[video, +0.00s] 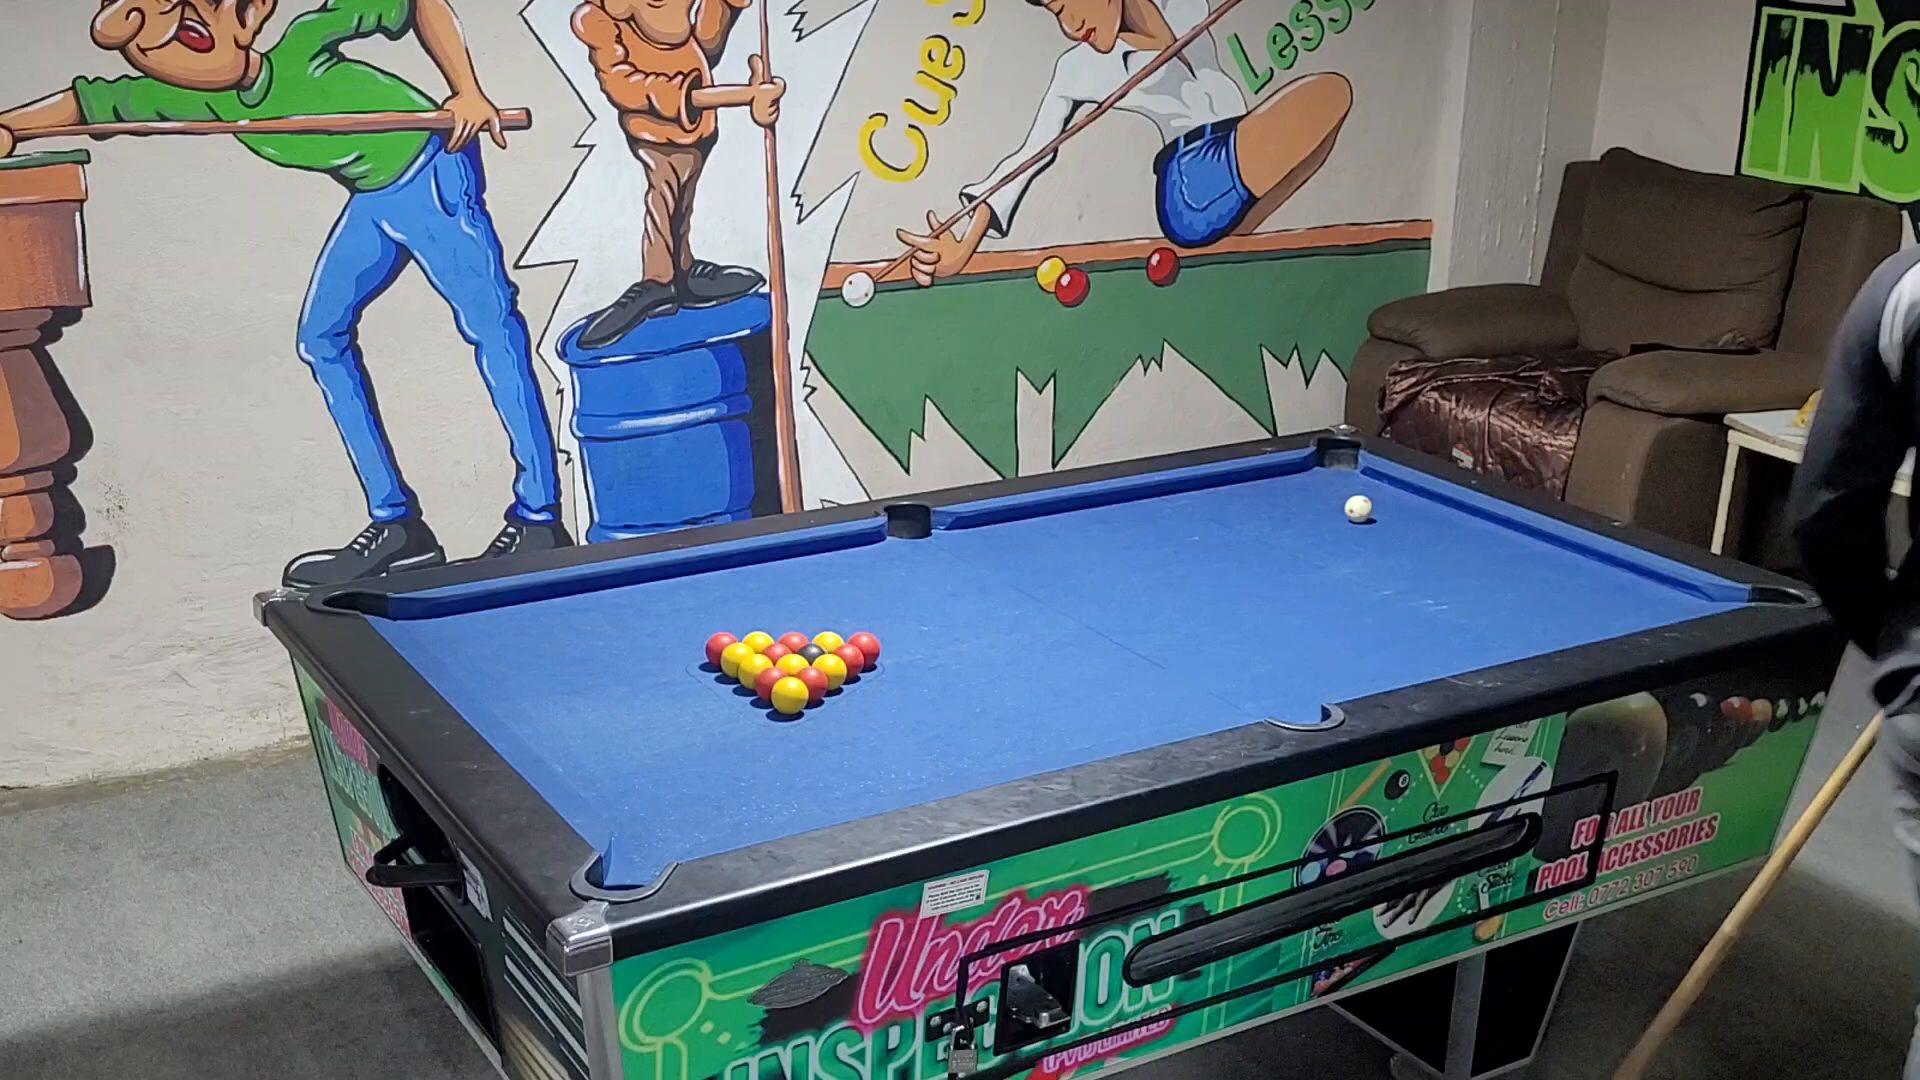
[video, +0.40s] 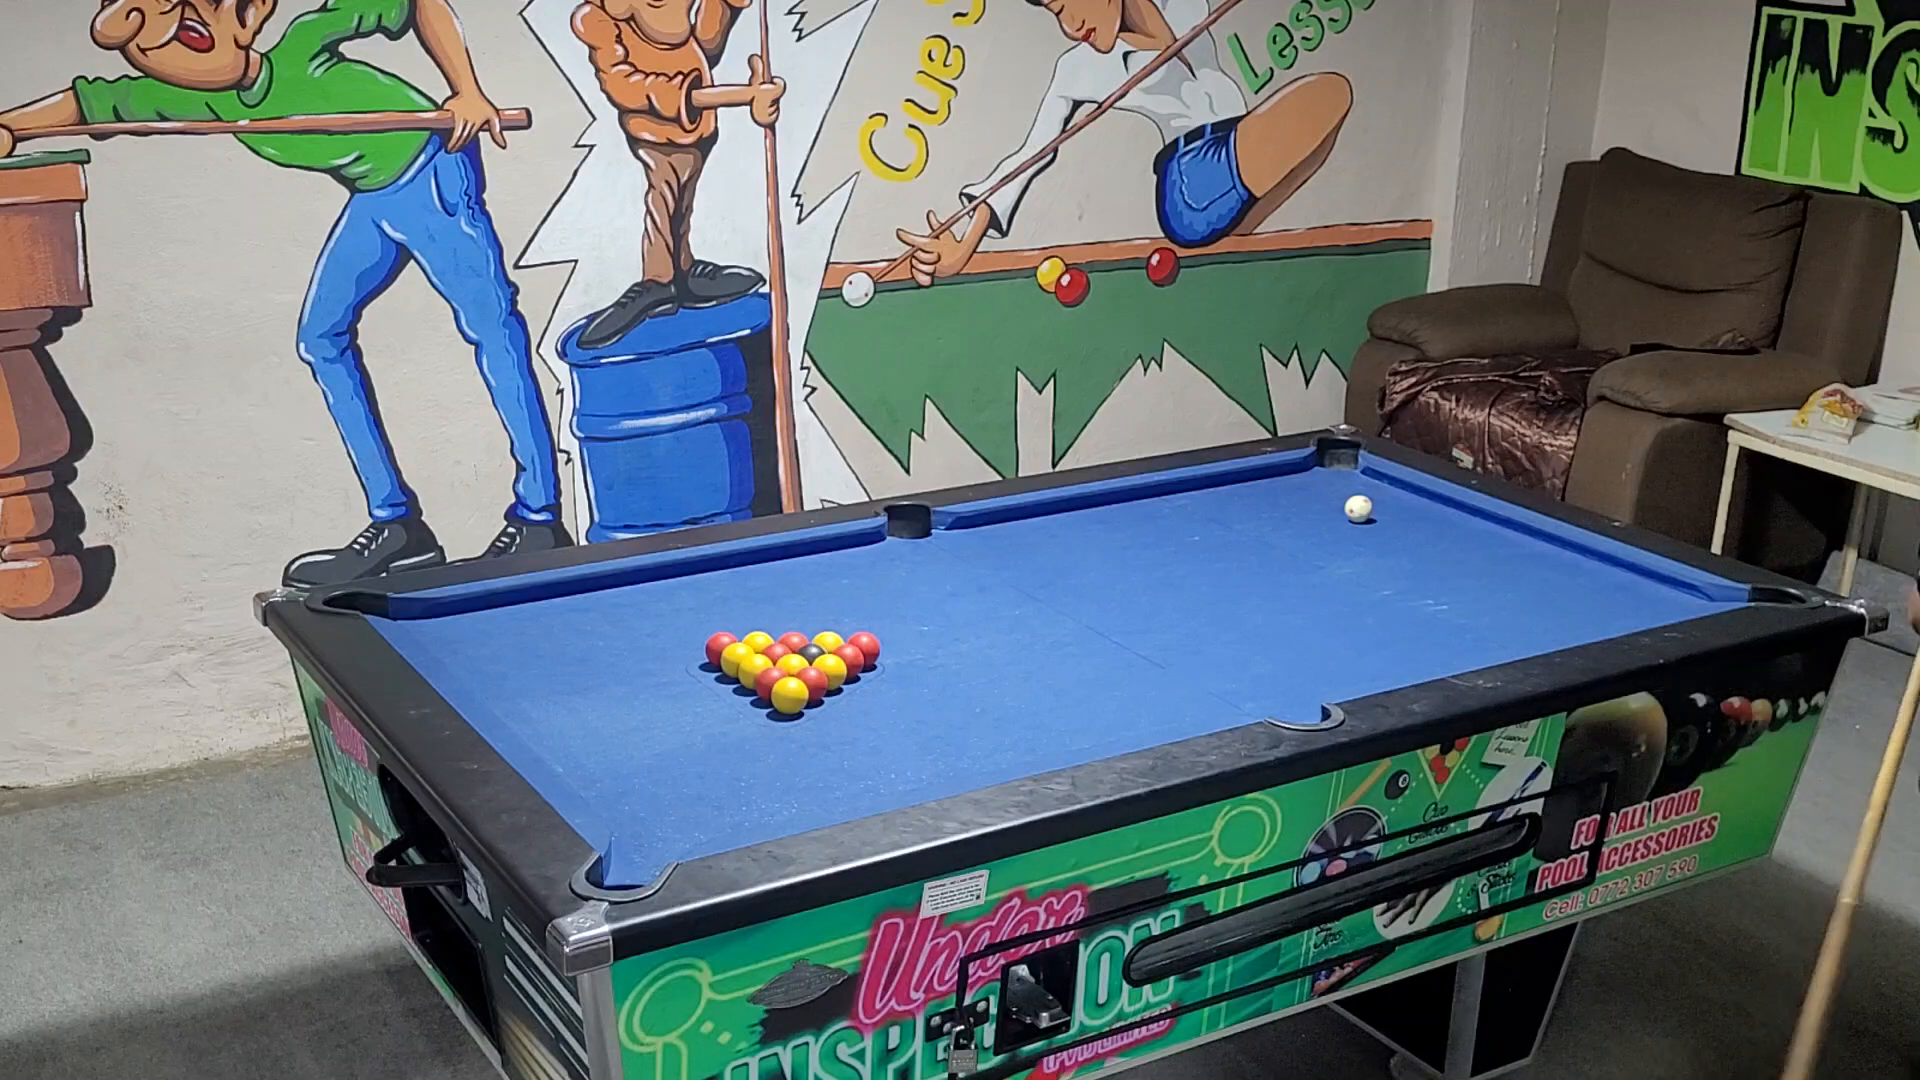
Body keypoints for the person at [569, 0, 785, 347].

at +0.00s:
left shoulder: (699, 6)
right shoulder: (598, 19)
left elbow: (707, 47)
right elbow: (624, 87)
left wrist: (730, 5)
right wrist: (746, 95)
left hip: (694, 89)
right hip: (644, 103)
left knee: (688, 173)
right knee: (665, 173)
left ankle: (682, 269)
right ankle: (657, 280)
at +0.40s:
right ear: (617, 5)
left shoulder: (699, 6)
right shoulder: (598, 20)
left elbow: (707, 47)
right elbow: (624, 87)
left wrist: (730, 5)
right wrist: (746, 95)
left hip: (694, 88)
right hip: (645, 103)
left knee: (688, 173)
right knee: (666, 173)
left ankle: (682, 268)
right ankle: (657, 280)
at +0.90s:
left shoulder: (699, 6)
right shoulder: (597, 19)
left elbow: (707, 47)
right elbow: (624, 87)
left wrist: (730, 5)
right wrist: (746, 95)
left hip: (694, 90)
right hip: (644, 103)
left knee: (688, 173)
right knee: (665, 174)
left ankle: (682, 269)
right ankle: (657, 280)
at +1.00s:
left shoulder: (700, 6)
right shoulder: (597, 19)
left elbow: (707, 47)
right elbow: (624, 87)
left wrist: (731, 5)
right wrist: (746, 95)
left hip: (694, 90)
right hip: (644, 103)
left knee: (688, 174)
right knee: (665, 174)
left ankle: (682, 269)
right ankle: (657, 280)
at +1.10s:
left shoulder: (700, 6)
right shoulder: (597, 19)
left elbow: (707, 47)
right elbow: (624, 87)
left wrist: (731, 5)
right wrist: (746, 95)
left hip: (694, 89)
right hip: (644, 102)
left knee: (687, 174)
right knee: (665, 174)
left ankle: (682, 269)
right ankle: (657, 280)